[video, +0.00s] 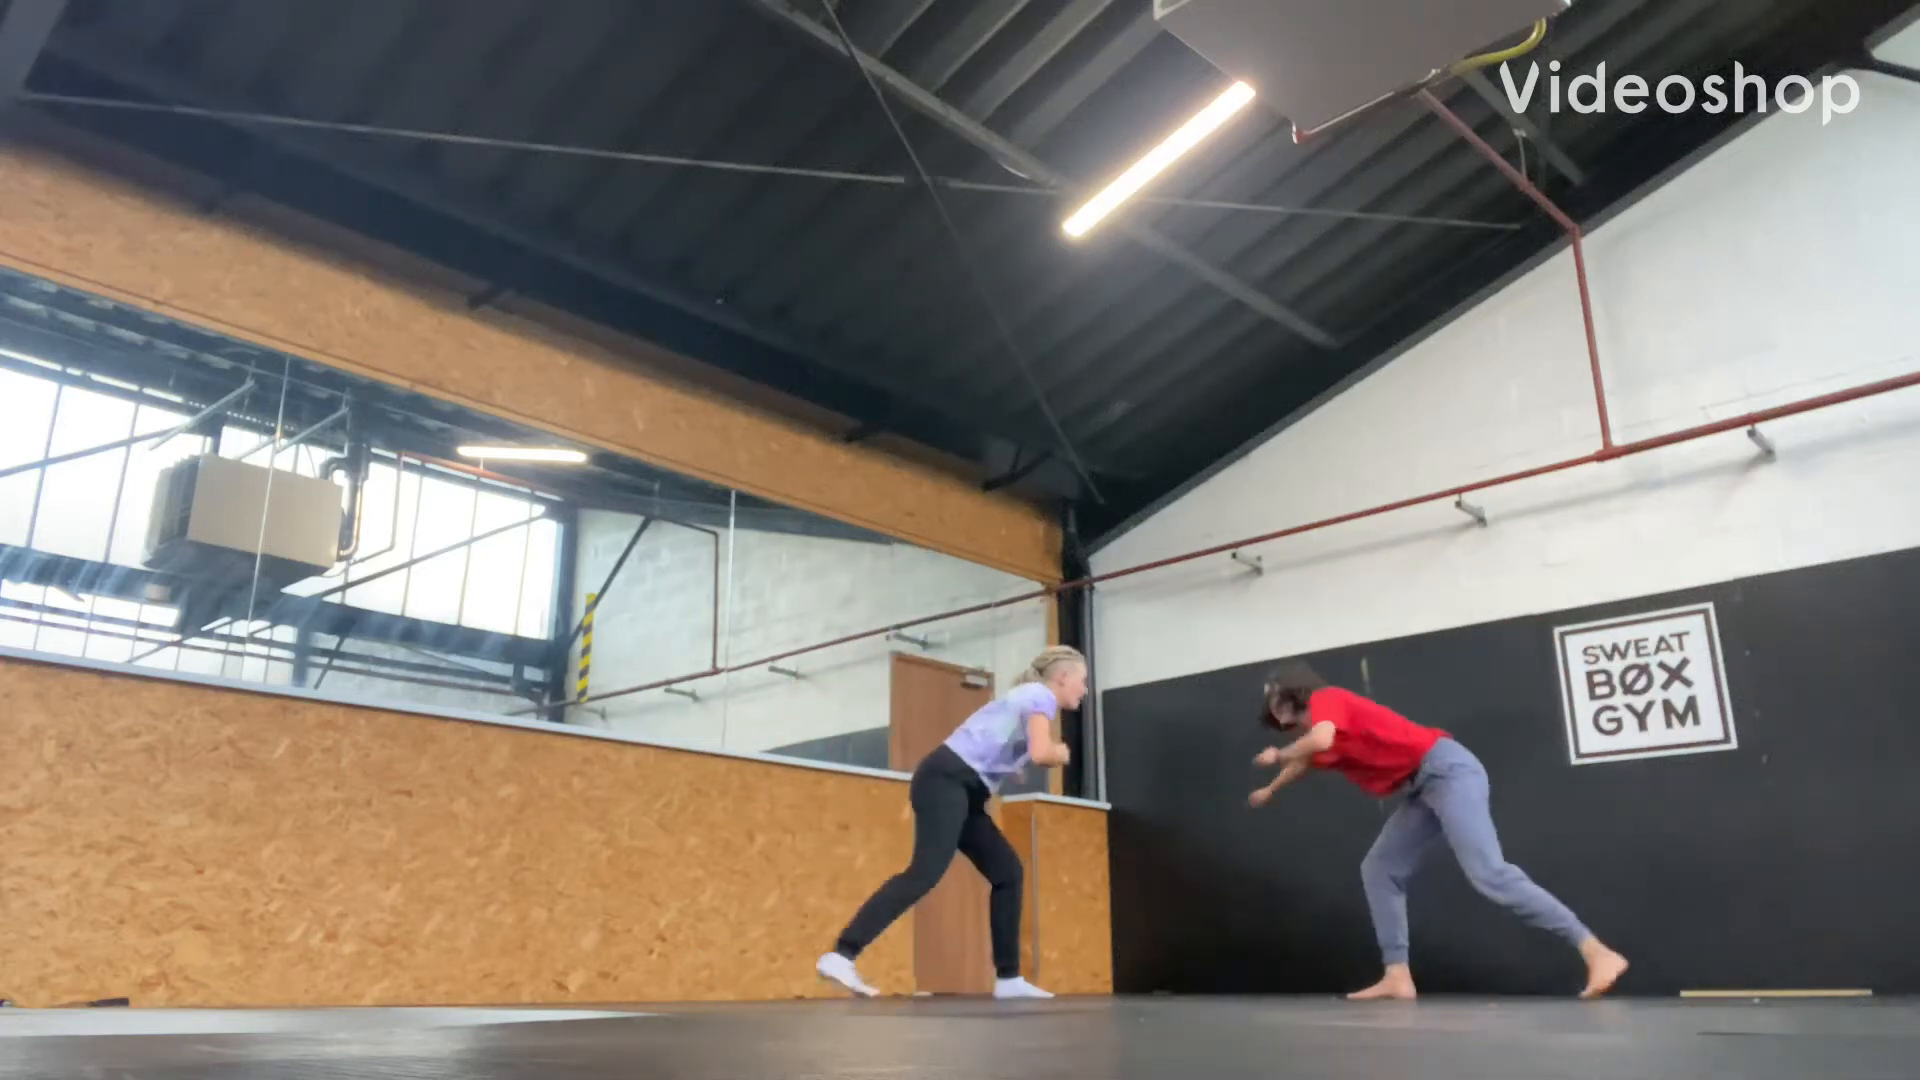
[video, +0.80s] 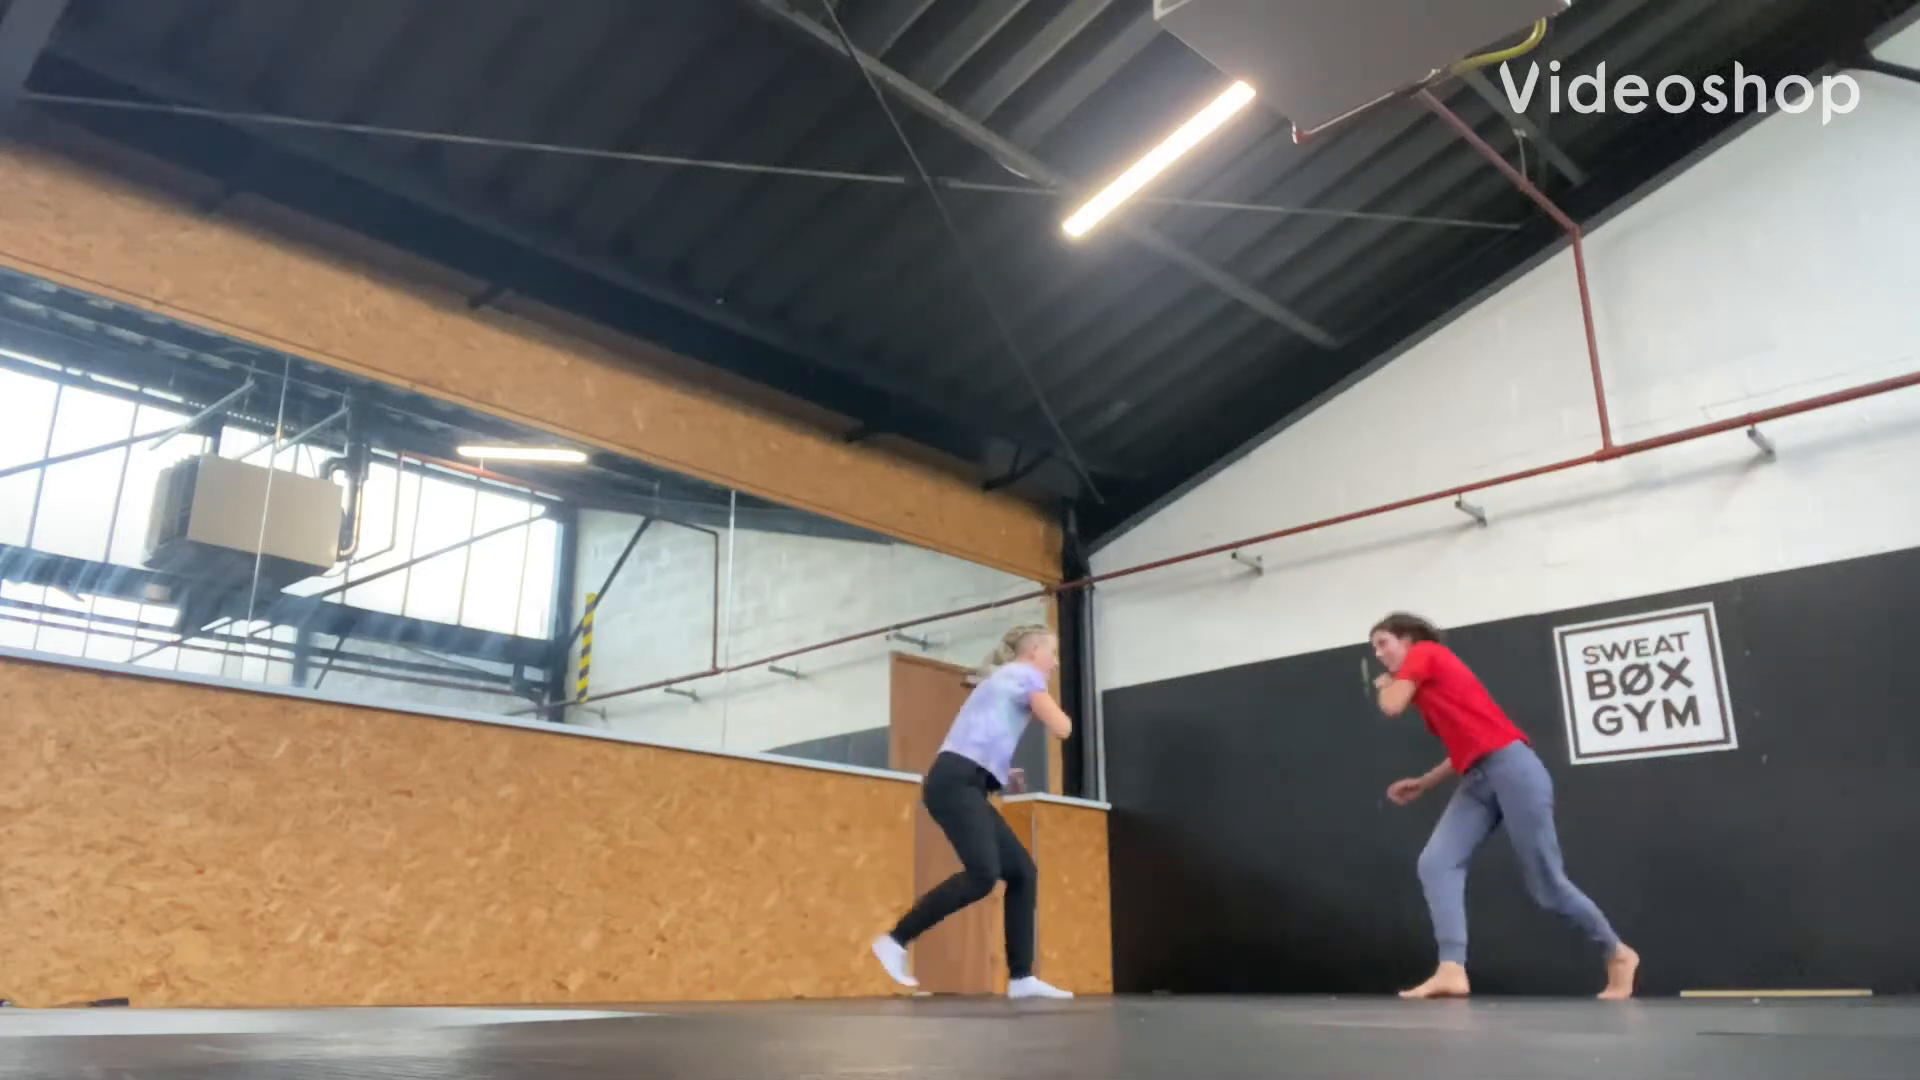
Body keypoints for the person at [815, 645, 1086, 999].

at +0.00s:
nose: (1085, 691)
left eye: (1086, 683)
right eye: (1082, 681)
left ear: (1056, 679)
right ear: (1061, 677)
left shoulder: (1030, 699)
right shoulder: (1039, 695)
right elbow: (1040, 751)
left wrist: (1050, 752)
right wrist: (1062, 753)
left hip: (965, 795)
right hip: (945, 780)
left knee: (1007, 873)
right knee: (925, 873)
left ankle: (1009, 981)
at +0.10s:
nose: (1068, 675)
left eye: (1069, 667)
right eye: (1065, 665)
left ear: (1036, 664)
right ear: (1043, 661)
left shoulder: (1013, 685)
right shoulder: (1028, 683)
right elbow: (1053, 737)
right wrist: (1052, 723)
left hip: (960, 793)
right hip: (940, 778)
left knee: (1002, 873)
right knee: (903, 874)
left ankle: (1008, 979)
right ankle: (806, 942)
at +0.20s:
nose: (1042, 657)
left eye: (1042, 649)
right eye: (1040, 649)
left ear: (1010, 647)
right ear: (1022, 646)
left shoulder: (977, 676)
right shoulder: (1010, 670)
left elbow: (924, 717)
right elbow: (1038, 722)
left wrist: (891, 749)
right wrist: (1029, 695)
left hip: (945, 787)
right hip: (929, 777)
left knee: (989, 873)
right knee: (886, 871)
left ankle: (1006, 980)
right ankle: (798, 949)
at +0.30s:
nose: (1018, 655)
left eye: (1019, 647)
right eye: (1015, 646)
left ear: (987, 644)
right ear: (996, 643)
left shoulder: (953, 674)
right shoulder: (981, 668)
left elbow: (897, 719)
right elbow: (999, 725)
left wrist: (860, 758)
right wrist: (1001, 709)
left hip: (934, 792)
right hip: (914, 784)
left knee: (985, 872)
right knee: (876, 881)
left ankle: (1005, 978)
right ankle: (793, 961)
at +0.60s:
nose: (1013, 655)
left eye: (1013, 647)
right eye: (1010, 646)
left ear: (977, 647)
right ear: (991, 643)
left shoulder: (947, 684)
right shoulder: (987, 670)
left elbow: (902, 742)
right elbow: (1015, 727)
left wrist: (903, 789)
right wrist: (1009, 704)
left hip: (939, 794)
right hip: (926, 787)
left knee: (1000, 872)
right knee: (890, 886)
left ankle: (1019, 978)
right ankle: (800, 958)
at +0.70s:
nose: (1033, 652)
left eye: (1033, 646)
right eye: (1030, 644)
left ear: (1000, 646)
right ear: (1012, 643)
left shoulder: (977, 677)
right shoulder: (1008, 668)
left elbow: (930, 736)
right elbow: (1044, 716)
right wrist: (1036, 698)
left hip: (954, 785)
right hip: (947, 781)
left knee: (1013, 872)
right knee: (935, 885)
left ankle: (1021, 978)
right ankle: (837, 934)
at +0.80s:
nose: (1056, 661)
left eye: (1056, 653)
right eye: (1052, 652)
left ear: (1023, 652)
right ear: (1030, 650)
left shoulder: (1002, 680)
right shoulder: (1023, 675)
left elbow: (972, 740)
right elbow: (1063, 728)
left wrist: (1001, 775)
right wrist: (1049, 704)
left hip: (966, 787)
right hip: (953, 783)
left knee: (1022, 871)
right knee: (982, 876)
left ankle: (1022, 979)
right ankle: (894, 941)